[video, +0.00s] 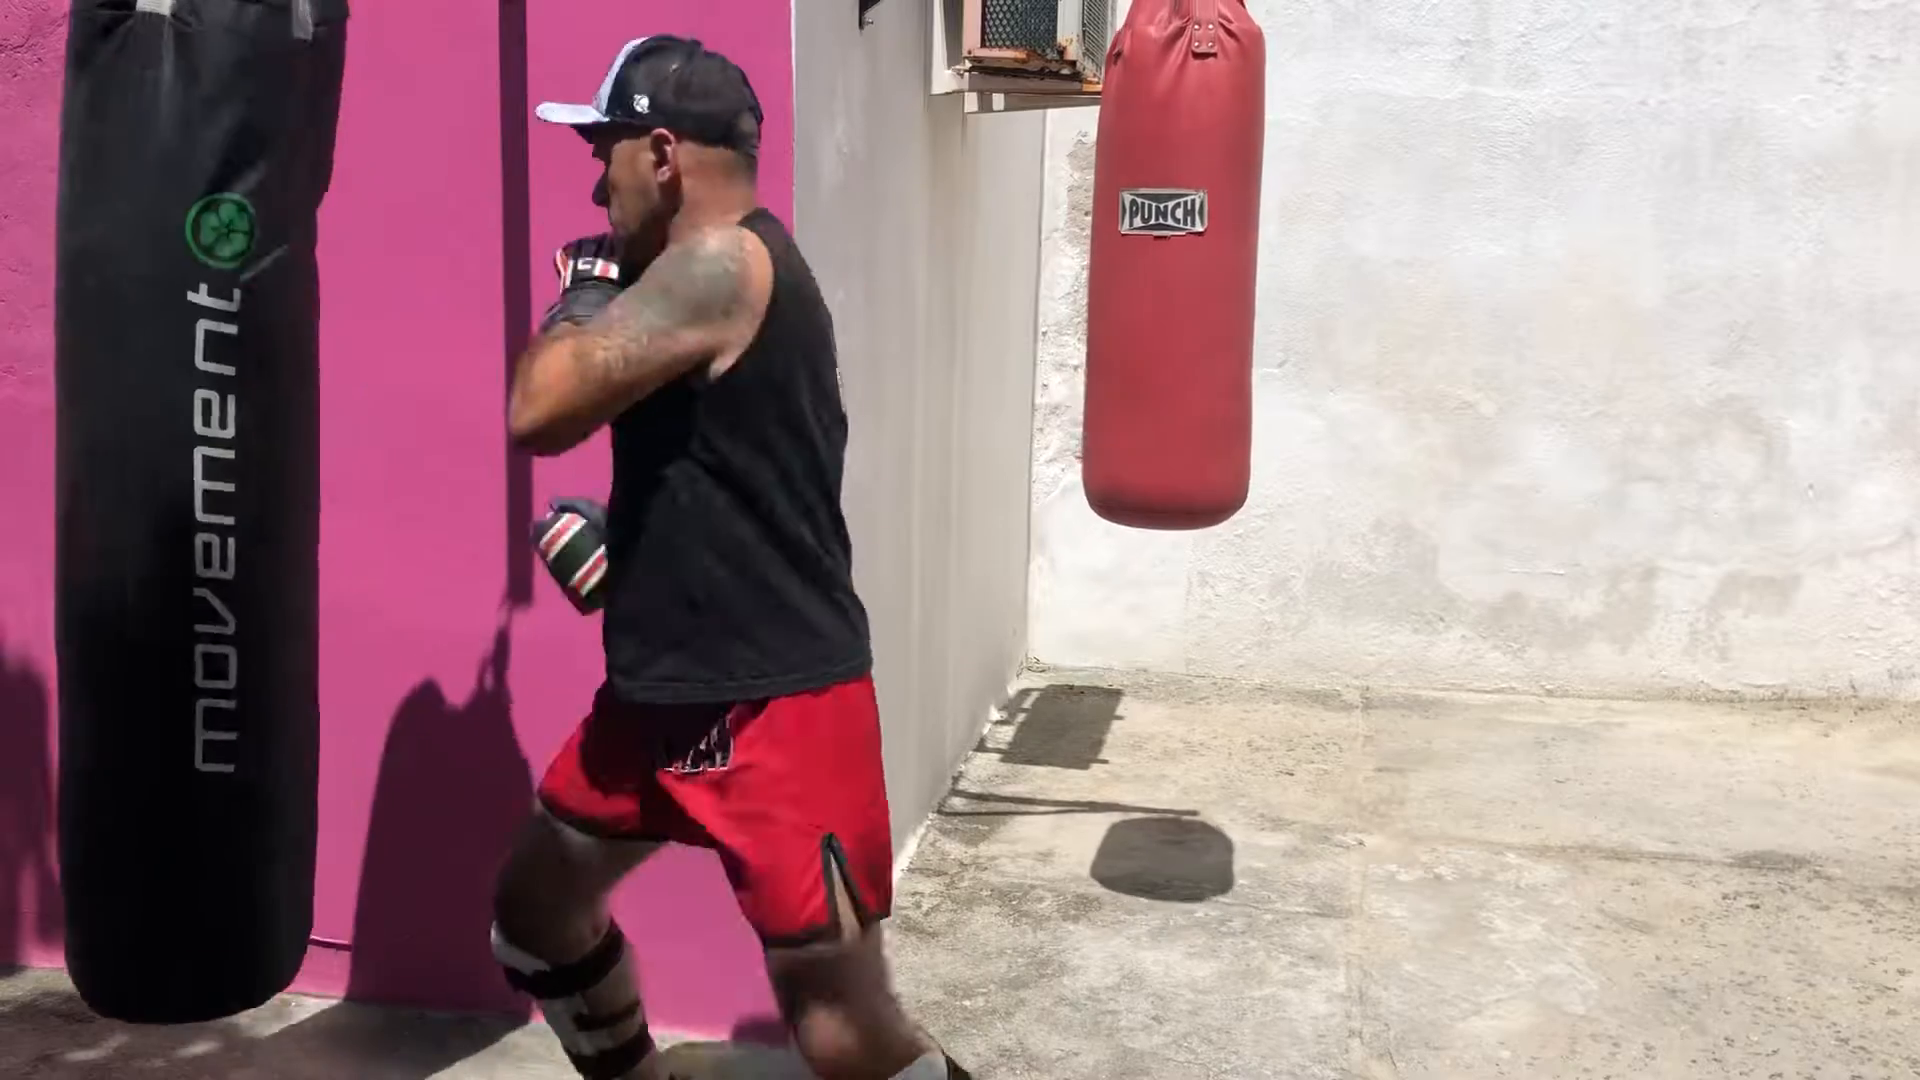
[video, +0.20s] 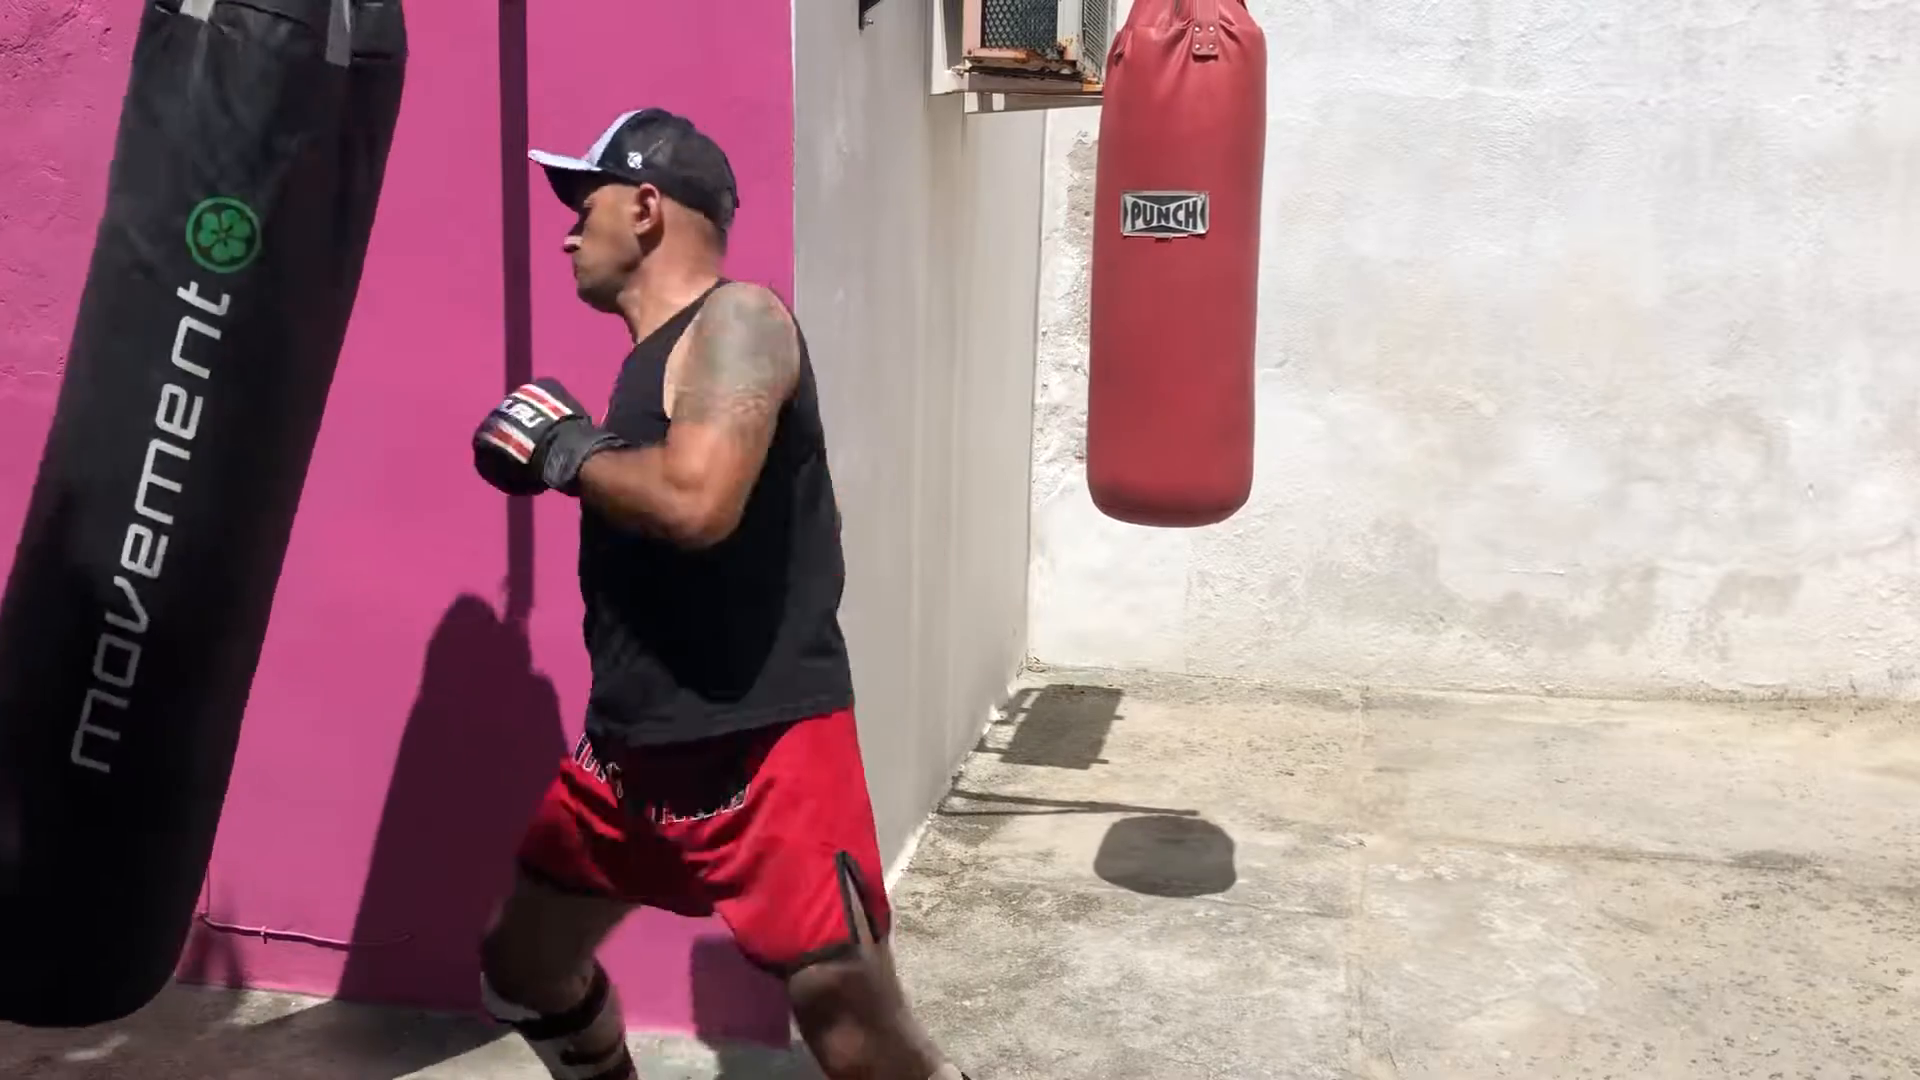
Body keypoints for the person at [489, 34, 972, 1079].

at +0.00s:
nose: (598, 169)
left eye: (610, 145)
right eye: (602, 146)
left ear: (665, 155)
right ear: (689, 155)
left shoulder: (723, 261)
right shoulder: (740, 264)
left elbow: (536, 414)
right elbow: (757, 477)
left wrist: (582, 290)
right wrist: (631, 542)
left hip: (780, 696)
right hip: (662, 692)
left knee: (846, 1032)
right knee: (541, 909)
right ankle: (629, 1075)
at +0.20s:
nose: (567, 222)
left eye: (586, 196)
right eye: (574, 199)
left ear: (648, 211)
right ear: (650, 215)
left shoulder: (742, 319)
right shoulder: (651, 359)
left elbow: (696, 500)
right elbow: (671, 504)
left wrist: (572, 450)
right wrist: (563, 462)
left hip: (769, 747)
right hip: (635, 748)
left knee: (861, 1041)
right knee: (529, 964)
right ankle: (610, 1079)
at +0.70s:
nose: (592, 209)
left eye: (612, 185)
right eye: (592, 186)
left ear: (691, 190)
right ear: (672, 192)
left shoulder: (800, 298)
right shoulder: (608, 334)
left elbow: (806, 445)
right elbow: (522, 477)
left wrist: (654, 377)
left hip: (830, 659)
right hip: (668, 685)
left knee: (924, 869)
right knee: (581, 915)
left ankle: (1021, 1071)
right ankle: (599, 1077)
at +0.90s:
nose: (741, 205)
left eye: (757, 182)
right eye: (740, 184)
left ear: (833, 187)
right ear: (821, 191)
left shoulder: (938, 288)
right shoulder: (797, 313)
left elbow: (835, 447)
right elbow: (777, 475)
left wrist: (725, 350)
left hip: (933, 673)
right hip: (790, 667)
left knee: (1014, 951)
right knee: (682, 899)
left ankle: (1113, 1077)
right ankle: (612, 1071)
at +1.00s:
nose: (800, 166)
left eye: (818, 145)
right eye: (798, 143)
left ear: (896, 147)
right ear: (877, 150)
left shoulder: (995, 241)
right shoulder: (861, 261)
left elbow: (903, 408)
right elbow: (857, 418)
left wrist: (764, 322)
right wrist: (770, 317)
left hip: (1000, 628)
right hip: (867, 622)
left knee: (1048, 913)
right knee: (769, 846)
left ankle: (1126, 1067)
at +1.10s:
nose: (853, 160)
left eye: (872, 137)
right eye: (851, 136)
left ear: (951, 138)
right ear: (934, 141)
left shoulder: (1051, 237)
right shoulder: (905, 247)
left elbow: (986, 407)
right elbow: (856, 405)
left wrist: (833, 337)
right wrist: (772, 324)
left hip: (1050, 605)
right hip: (926, 607)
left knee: (1065, 894)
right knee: (908, 859)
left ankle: (1133, 1063)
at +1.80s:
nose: (859, 200)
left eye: (875, 177)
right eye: (863, 175)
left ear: (942, 189)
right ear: (953, 185)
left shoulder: (1034, 328)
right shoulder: (993, 300)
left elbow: (897, 528)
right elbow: (976, 457)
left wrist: (766, 410)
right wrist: (882, 354)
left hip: (1034, 733)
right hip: (932, 713)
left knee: (1056, 1042)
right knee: (866, 966)